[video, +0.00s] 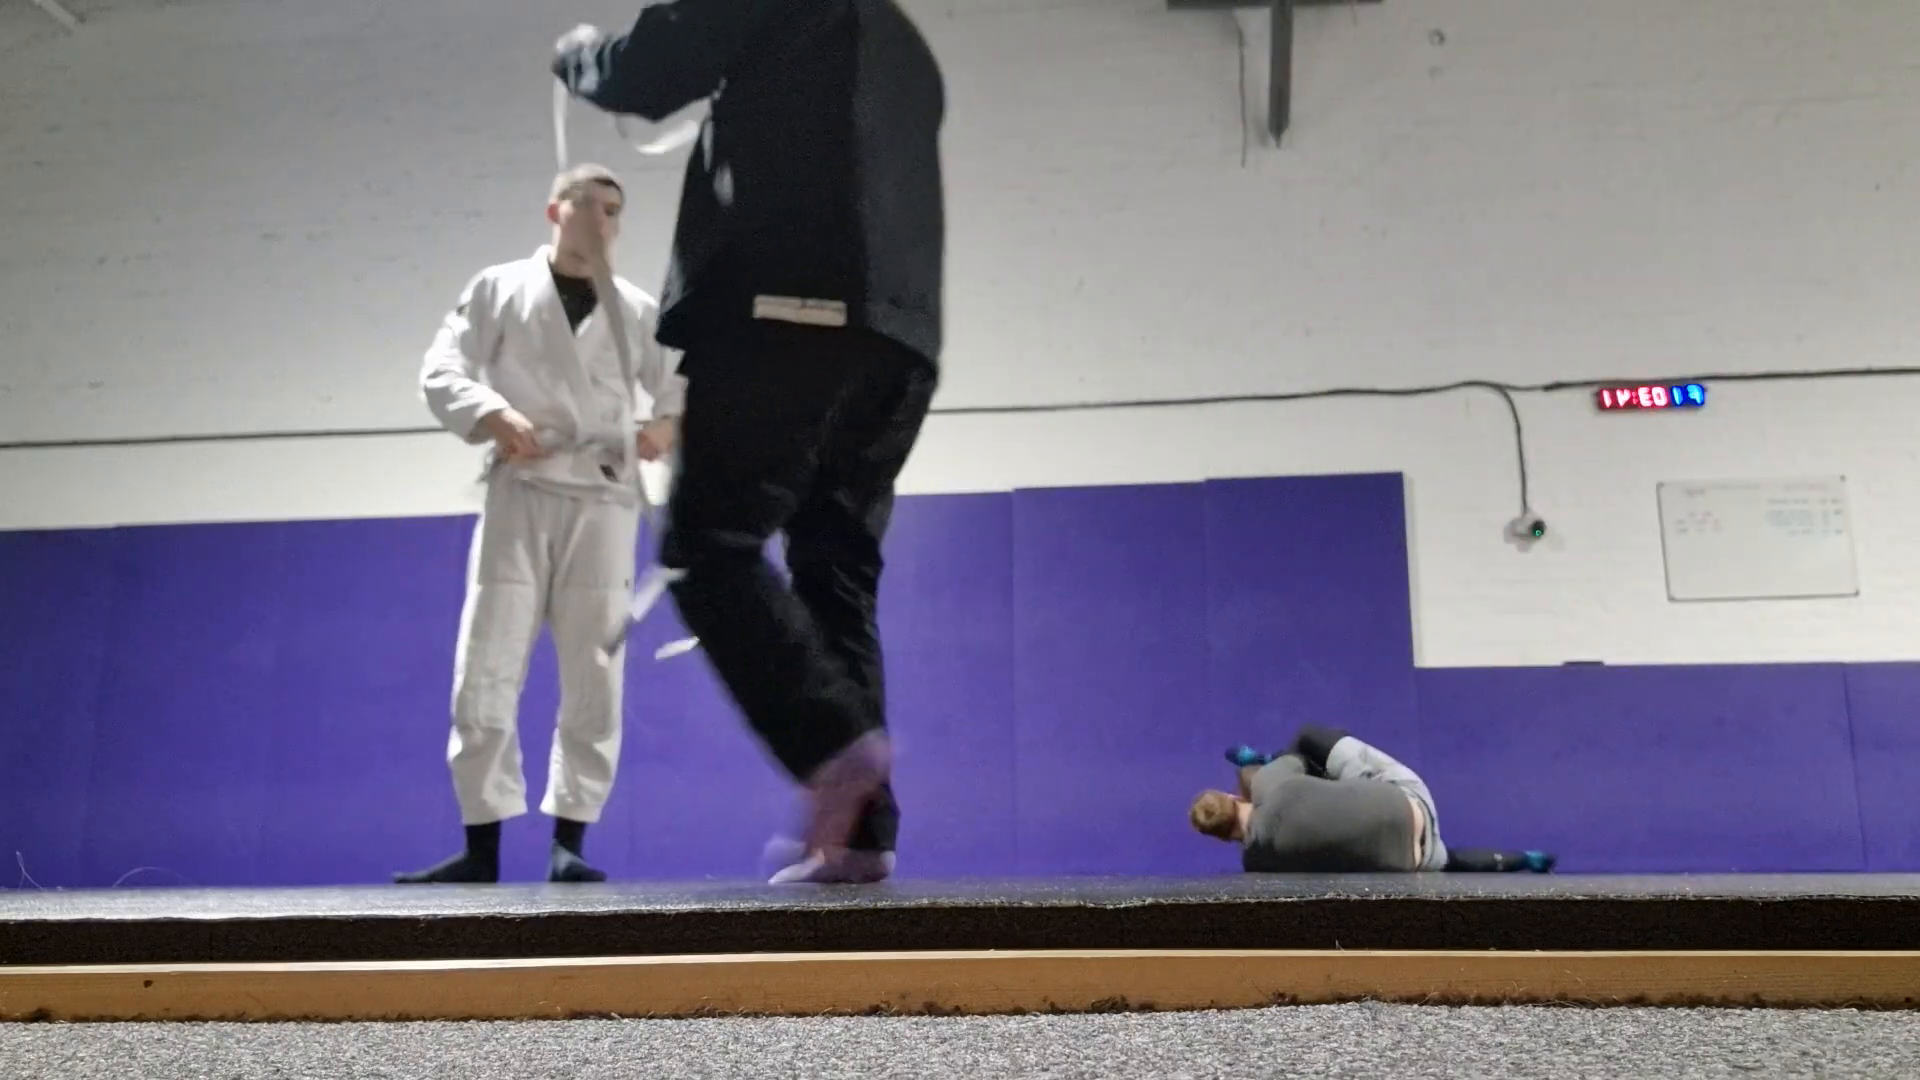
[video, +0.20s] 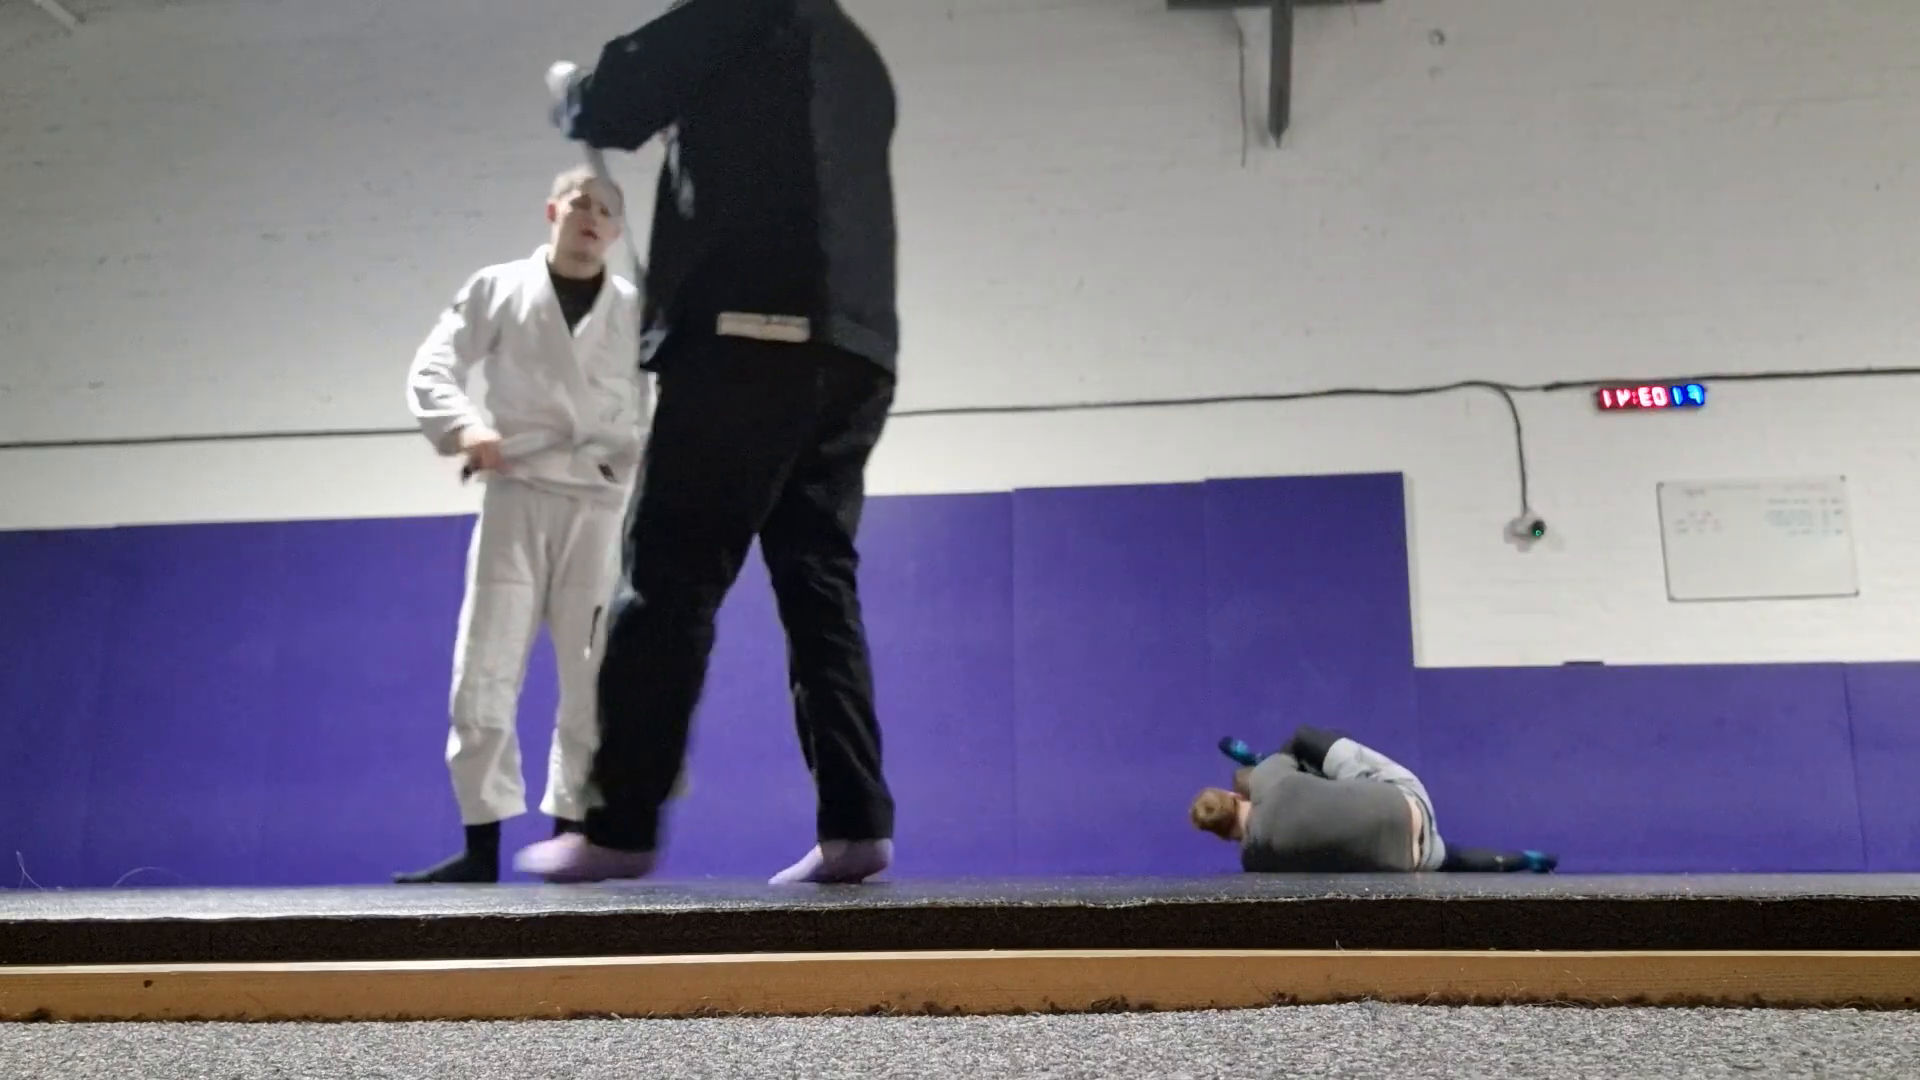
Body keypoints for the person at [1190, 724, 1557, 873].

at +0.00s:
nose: (1236, 788)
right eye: (1232, 789)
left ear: (1222, 838)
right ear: (1234, 792)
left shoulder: (1259, 863)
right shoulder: (1270, 784)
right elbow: (1301, 748)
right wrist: (1264, 769)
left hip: (1414, 860)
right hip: (1406, 802)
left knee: (1444, 858)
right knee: (1310, 737)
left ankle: (1517, 860)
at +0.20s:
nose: (1233, 793)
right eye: (1230, 791)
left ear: (1222, 835)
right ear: (1234, 790)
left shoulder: (1257, 860)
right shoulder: (1266, 780)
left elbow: (1311, 864)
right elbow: (1296, 753)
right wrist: (1259, 768)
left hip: (1413, 859)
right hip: (1407, 802)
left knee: (1446, 856)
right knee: (1304, 737)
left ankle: (1517, 862)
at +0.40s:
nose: (1227, 797)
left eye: (1213, 817)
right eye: (1224, 793)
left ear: (1219, 836)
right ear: (1230, 790)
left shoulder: (1253, 857)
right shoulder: (1265, 777)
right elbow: (1301, 746)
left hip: (1414, 859)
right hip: (1408, 801)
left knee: (1445, 858)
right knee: (1310, 738)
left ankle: (1518, 861)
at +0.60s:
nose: (1227, 793)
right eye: (1224, 792)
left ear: (1218, 837)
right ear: (1229, 793)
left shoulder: (1253, 859)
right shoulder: (1264, 781)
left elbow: (1305, 860)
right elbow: (1298, 755)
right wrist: (1251, 782)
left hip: (1414, 860)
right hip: (1409, 806)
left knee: (1442, 858)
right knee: (1309, 737)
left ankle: (1504, 863)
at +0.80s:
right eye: (1228, 791)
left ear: (1220, 844)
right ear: (1233, 797)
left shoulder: (1256, 863)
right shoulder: (1270, 783)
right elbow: (1302, 748)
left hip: (1419, 864)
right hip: (1412, 808)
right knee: (1317, 738)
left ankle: (1449, 864)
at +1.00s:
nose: (1235, 791)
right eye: (1232, 794)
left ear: (1219, 850)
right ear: (1234, 803)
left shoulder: (1257, 864)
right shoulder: (1273, 786)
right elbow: (1306, 744)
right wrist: (1265, 774)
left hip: (1418, 863)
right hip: (1414, 811)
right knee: (1329, 748)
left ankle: (1455, 864)